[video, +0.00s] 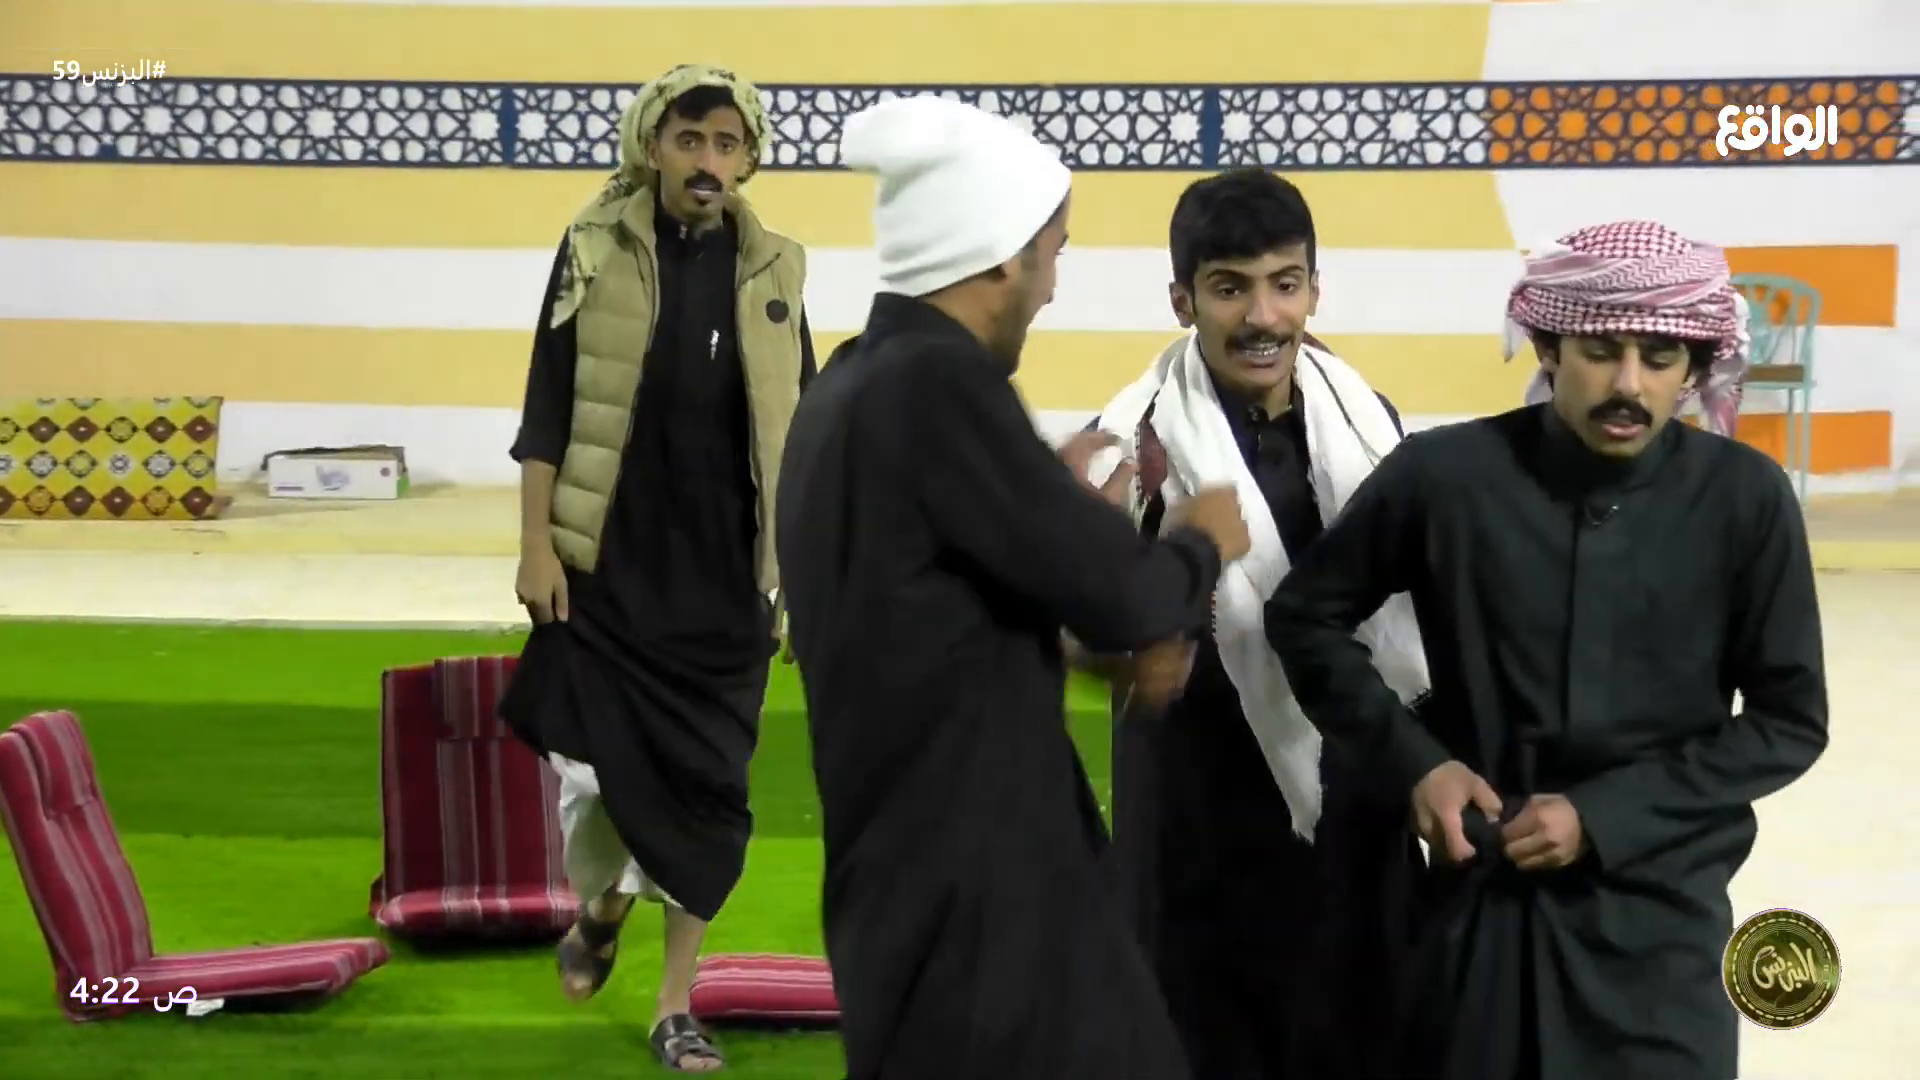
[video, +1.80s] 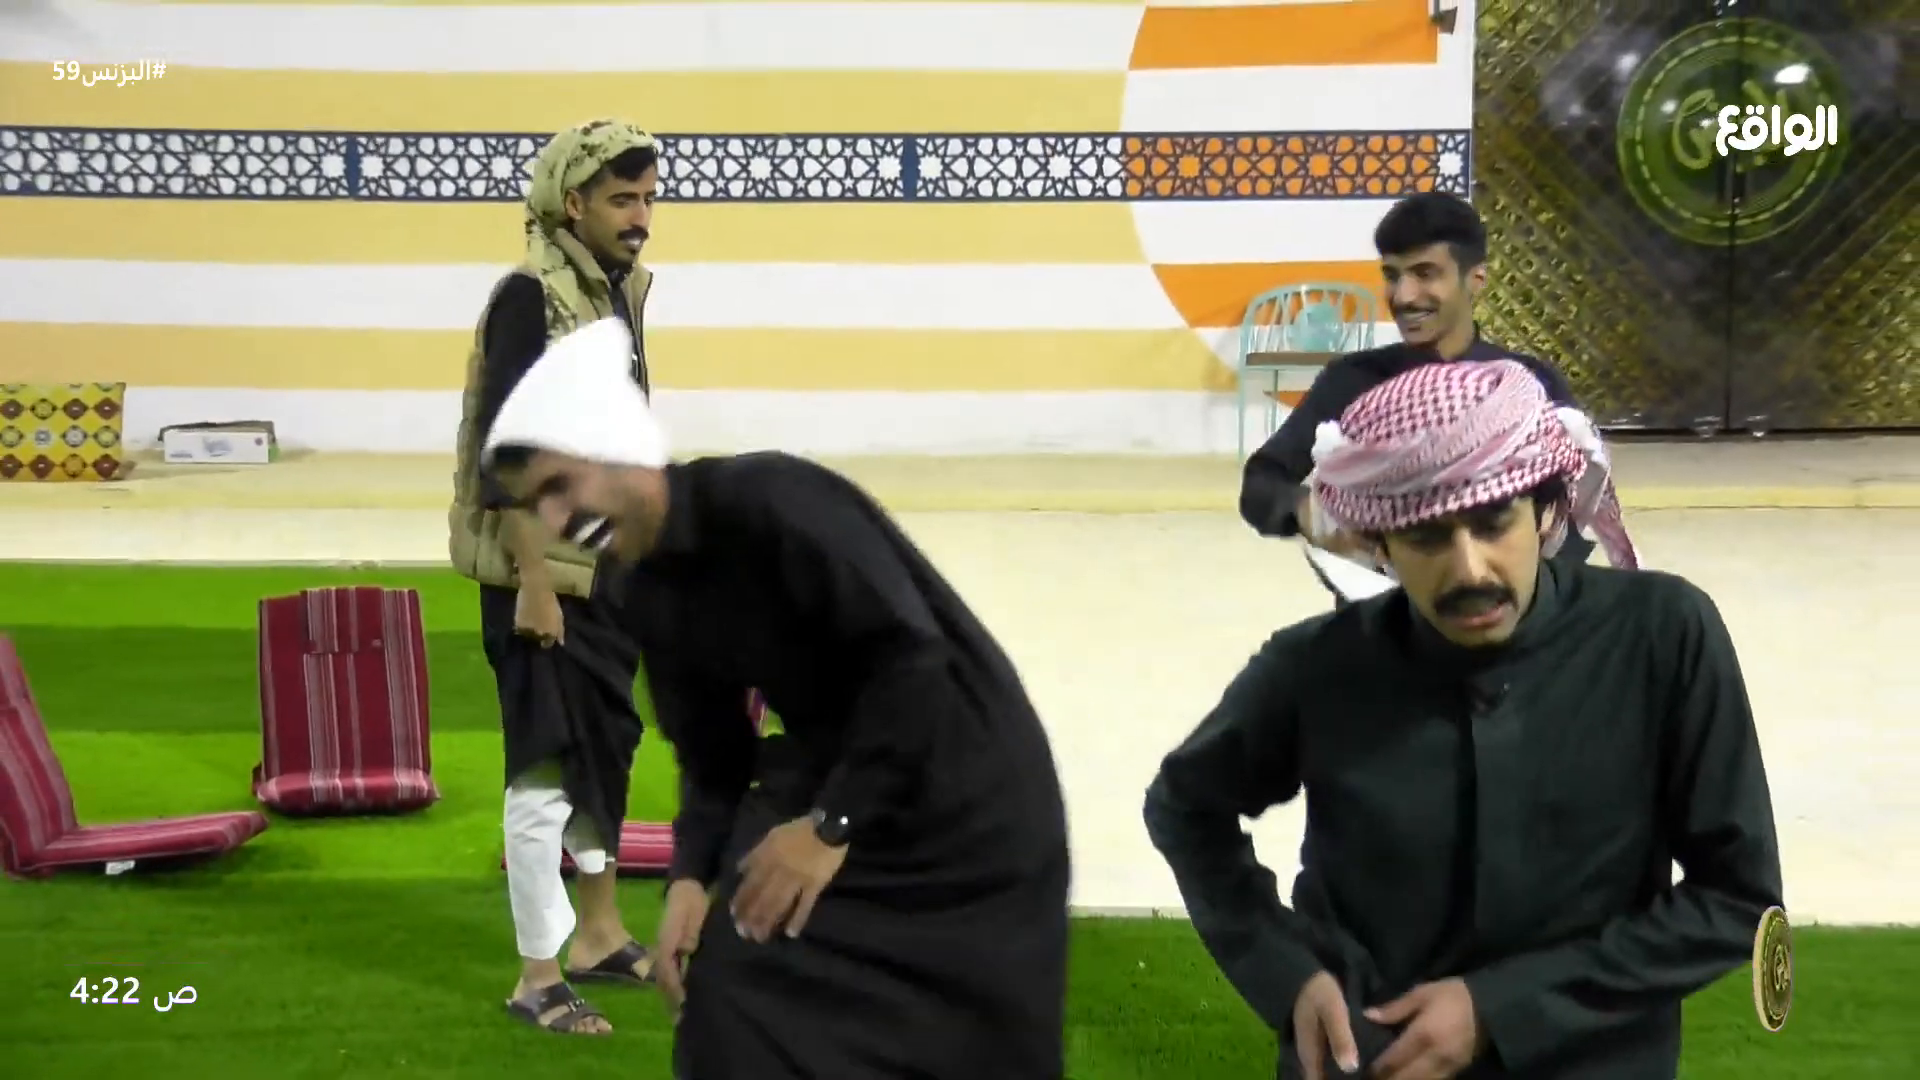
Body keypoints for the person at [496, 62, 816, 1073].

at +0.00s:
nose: (709, 159)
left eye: (728, 143)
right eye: (690, 139)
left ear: (751, 157)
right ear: (650, 146)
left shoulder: (774, 264)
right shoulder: (595, 248)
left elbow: (802, 413)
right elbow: (546, 404)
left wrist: (804, 560)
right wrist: (537, 538)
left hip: (732, 568)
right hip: (613, 561)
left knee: (711, 785)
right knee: (600, 773)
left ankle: (675, 1007)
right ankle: (604, 900)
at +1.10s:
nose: (665, 200)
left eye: (680, 185)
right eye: (648, 179)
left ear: (693, 196)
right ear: (599, 179)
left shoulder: (697, 289)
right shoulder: (538, 278)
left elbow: (757, 395)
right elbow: (505, 428)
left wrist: (754, 419)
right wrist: (517, 561)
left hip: (669, 582)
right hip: (568, 578)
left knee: (663, 784)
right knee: (572, 782)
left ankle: (632, 1007)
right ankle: (491, 953)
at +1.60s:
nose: (622, 201)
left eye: (631, 186)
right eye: (604, 185)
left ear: (635, 190)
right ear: (551, 186)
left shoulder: (637, 287)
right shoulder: (502, 288)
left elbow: (672, 411)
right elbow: (481, 442)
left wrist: (723, 510)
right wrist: (515, 571)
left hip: (628, 569)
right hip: (538, 573)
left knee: (627, 765)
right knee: (543, 775)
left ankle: (606, 953)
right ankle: (526, 989)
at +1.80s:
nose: (642, 217)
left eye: (649, 200)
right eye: (625, 200)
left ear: (644, 204)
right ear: (569, 203)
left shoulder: (616, 295)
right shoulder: (528, 300)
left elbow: (619, 431)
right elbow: (513, 452)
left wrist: (635, 555)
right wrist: (533, 576)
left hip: (599, 566)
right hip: (534, 574)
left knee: (601, 753)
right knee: (542, 771)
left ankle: (598, 940)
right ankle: (536, 975)